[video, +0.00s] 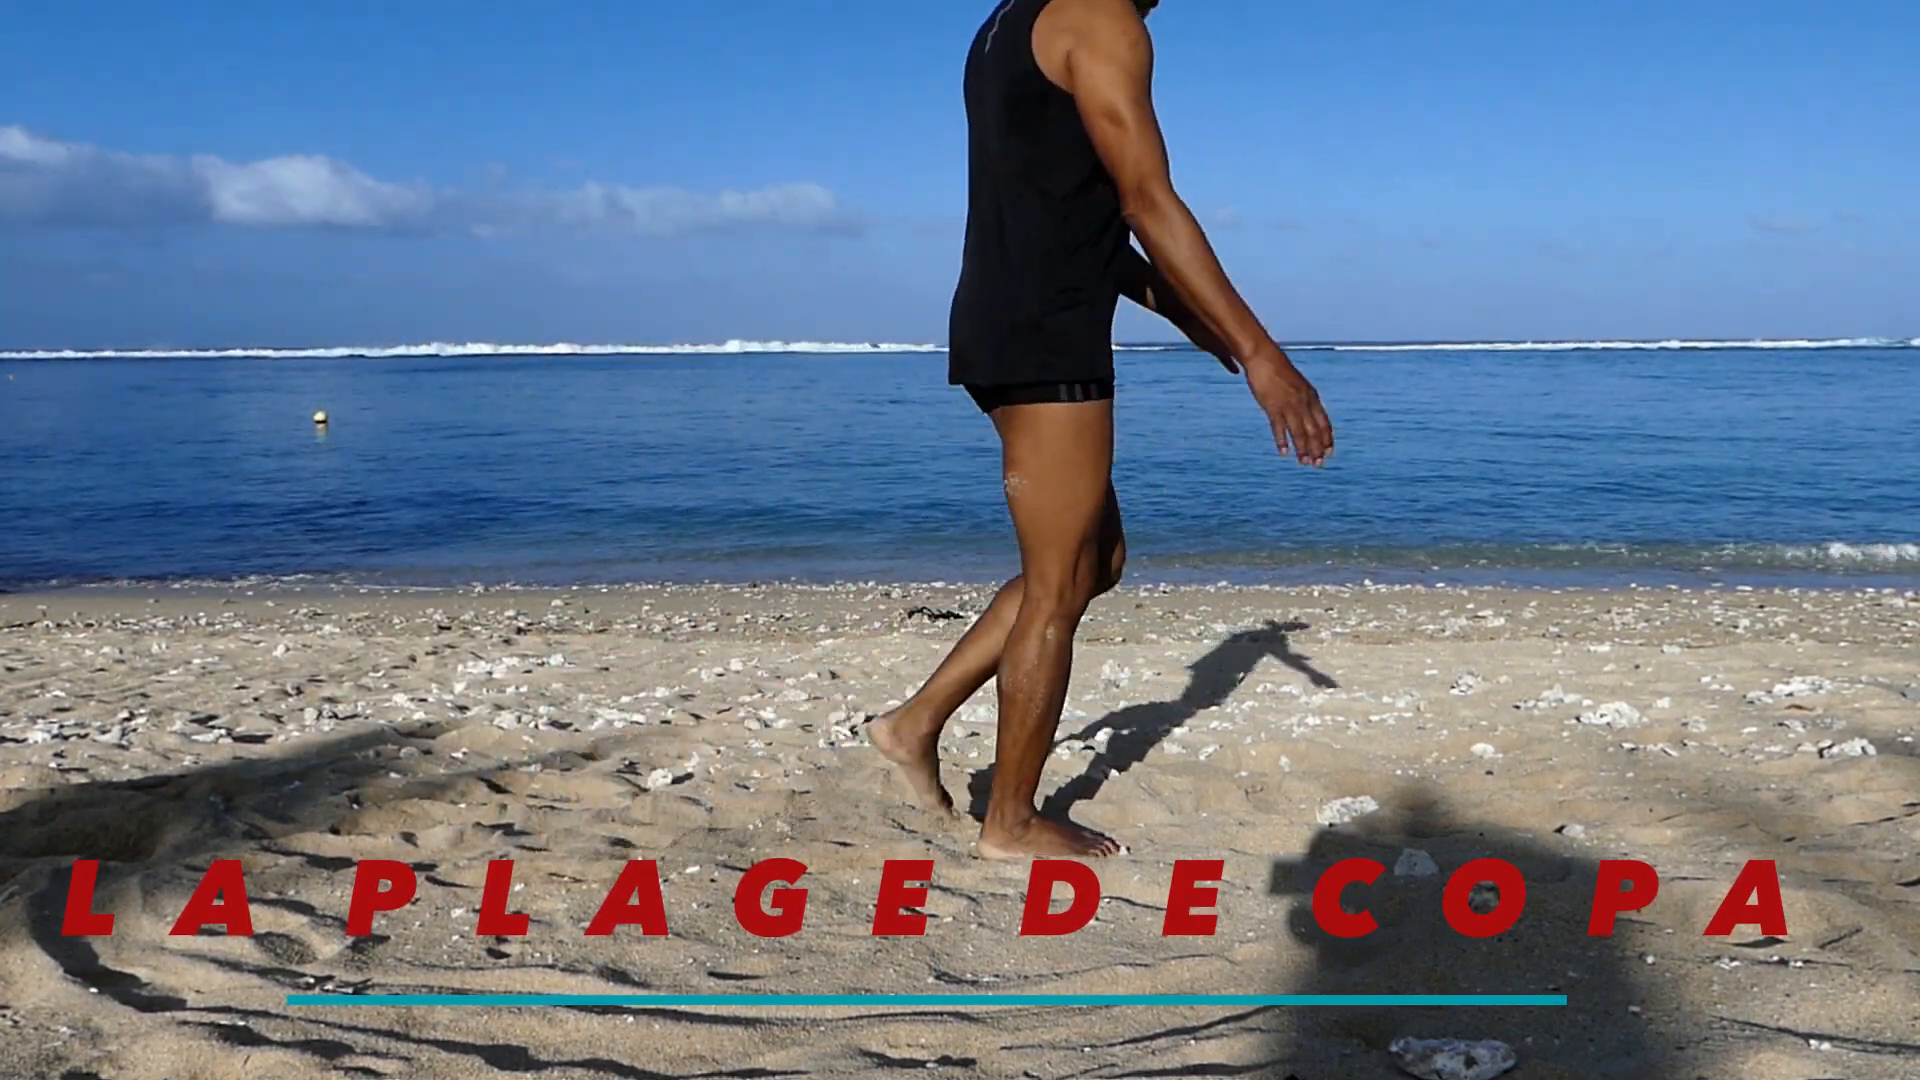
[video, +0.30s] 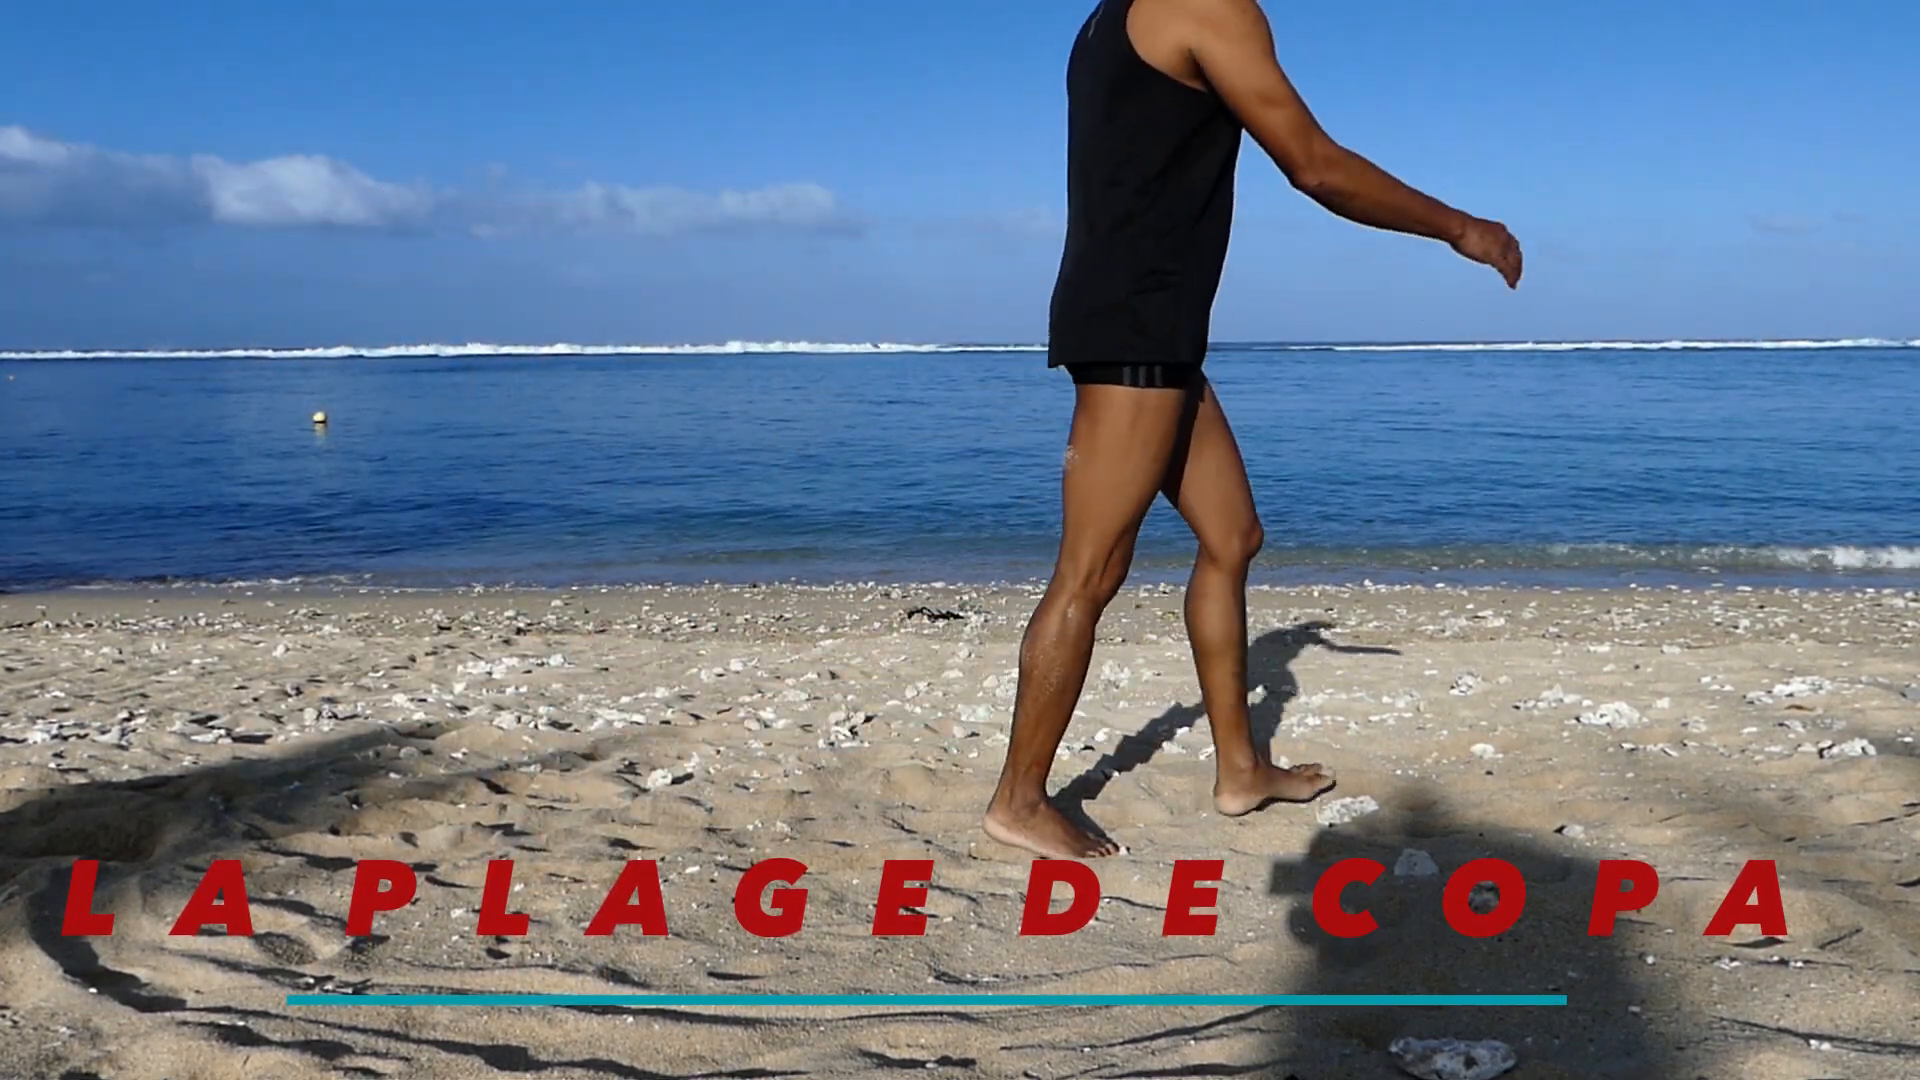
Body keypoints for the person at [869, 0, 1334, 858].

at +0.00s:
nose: (1159, 1)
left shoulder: (1014, 26)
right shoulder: (1102, 23)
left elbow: (1074, 227)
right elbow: (1153, 203)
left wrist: (1183, 309)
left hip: (1007, 329)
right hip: (1052, 337)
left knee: (1096, 557)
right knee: (1058, 581)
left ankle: (913, 725)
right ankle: (1011, 819)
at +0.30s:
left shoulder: (1114, 21)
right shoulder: (1210, 10)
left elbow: (1116, 190)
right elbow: (1317, 167)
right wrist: (1460, 226)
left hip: (1136, 331)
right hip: (1137, 333)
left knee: (1229, 537)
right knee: (1086, 575)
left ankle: (1241, 771)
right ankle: (1017, 801)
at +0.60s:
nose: (1404, 10)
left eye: (1404, 2)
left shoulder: (1246, 54)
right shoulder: (1343, 41)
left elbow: (1188, 244)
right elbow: (1452, 186)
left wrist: (1153, 374)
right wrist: (1552, 203)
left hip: (1267, 363)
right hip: (1271, 364)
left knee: (1352, 580)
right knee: (1165, 591)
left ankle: (1410, 795)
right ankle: (1033, 782)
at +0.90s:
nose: (1518, 14)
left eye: (1519, 5)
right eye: (1517, 2)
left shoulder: (1348, 89)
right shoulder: (1465, 72)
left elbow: (1289, 261)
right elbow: (1522, 253)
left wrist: (1233, 387)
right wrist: (1611, 335)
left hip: (1360, 373)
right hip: (1402, 381)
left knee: (1449, 582)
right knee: (1334, 617)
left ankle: (1428, 805)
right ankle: (1137, 759)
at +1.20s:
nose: (1625, 7)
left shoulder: (1459, 65)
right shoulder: (1568, 60)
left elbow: (1453, 245)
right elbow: (1562, 251)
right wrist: (1590, 418)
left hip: (1445, 354)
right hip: (1512, 362)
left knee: (1466, 584)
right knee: (1602, 580)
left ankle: (1429, 804)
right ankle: (1391, 713)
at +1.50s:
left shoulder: (1789, 73)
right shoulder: (1910, 48)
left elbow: (1779, 234)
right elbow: (1903, 213)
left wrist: (1782, 354)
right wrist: (1901, 369)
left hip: (1780, 355)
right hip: (1872, 358)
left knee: (1735, 571)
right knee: (1903, 600)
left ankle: (1578, 722)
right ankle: (1881, 804)